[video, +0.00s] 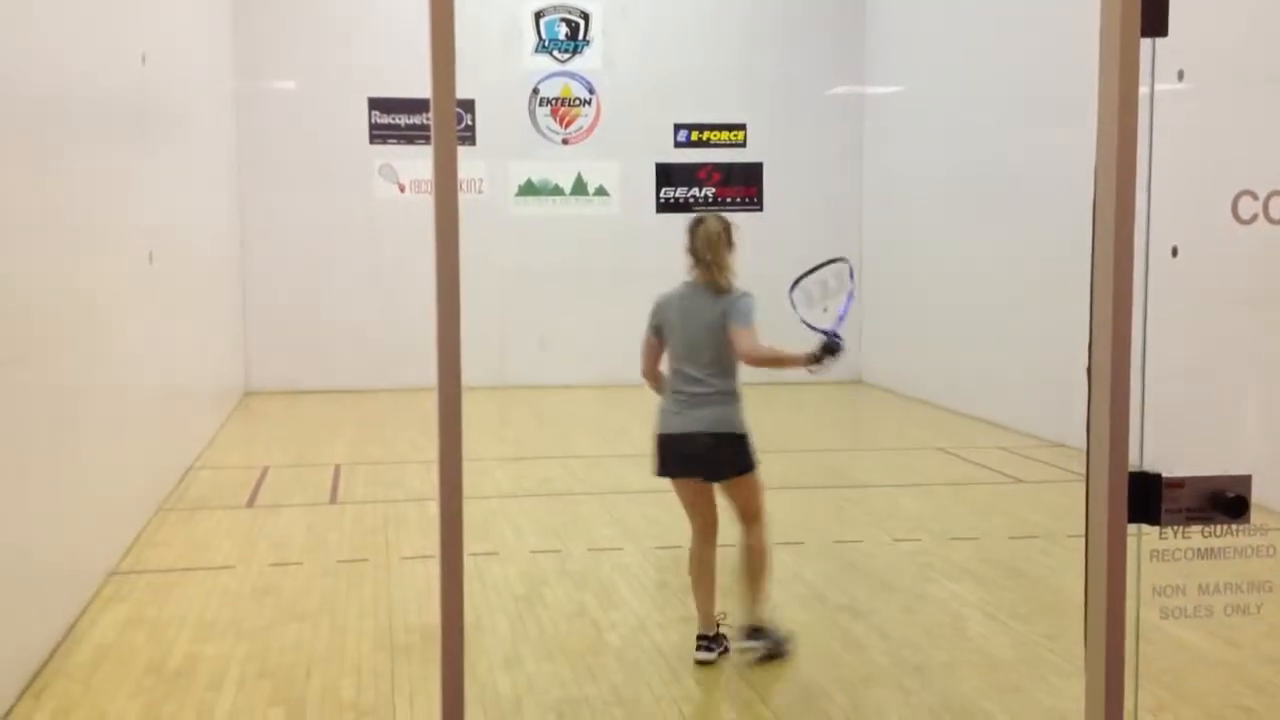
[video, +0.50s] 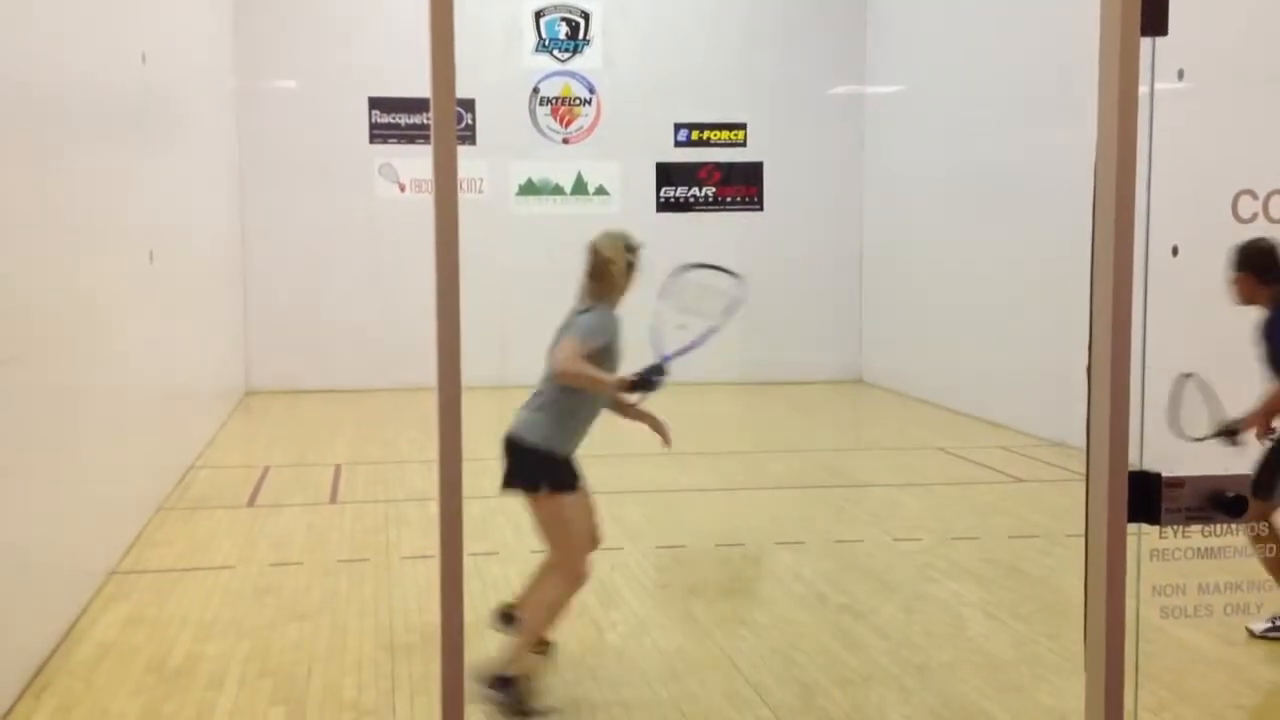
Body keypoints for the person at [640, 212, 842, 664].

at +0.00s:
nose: (734, 251)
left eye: (729, 242)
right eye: (732, 244)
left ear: (690, 250)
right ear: (727, 249)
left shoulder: (668, 302)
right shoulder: (734, 300)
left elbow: (649, 369)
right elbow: (749, 352)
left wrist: (677, 395)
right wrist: (806, 358)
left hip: (675, 436)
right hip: (723, 435)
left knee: (702, 529)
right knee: (752, 519)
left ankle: (707, 634)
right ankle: (754, 622)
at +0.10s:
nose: (722, 251)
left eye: (718, 242)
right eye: (719, 243)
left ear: (676, 249)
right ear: (711, 249)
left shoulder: (651, 300)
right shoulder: (711, 297)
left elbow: (635, 369)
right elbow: (713, 346)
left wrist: (671, 388)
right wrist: (776, 351)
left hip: (647, 434)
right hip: (686, 436)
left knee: (692, 535)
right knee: (711, 537)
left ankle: (701, 631)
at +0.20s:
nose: (706, 272)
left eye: (701, 263)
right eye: (704, 264)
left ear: (659, 268)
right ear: (697, 268)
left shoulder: (635, 316)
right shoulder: (688, 312)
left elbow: (619, 383)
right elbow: (681, 364)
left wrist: (656, 432)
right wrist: (743, 370)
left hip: (620, 443)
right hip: (650, 448)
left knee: (679, 524)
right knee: (658, 566)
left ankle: (693, 627)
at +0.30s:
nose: (682, 283)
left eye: (679, 274)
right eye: (681, 275)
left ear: (639, 278)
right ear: (676, 279)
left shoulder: (620, 327)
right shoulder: (659, 324)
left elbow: (613, 402)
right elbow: (645, 378)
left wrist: (661, 452)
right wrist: (706, 390)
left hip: (587, 452)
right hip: (607, 459)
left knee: (656, 523)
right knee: (648, 569)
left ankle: (649, 627)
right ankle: (605, 685)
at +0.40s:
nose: (662, 270)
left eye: (658, 262)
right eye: (661, 263)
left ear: (620, 263)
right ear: (655, 268)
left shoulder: (612, 313)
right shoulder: (628, 316)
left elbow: (617, 390)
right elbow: (600, 367)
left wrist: (660, 434)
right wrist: (657, 385)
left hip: (571, 440)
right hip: (568, 445)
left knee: (620, 527)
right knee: (603, 549)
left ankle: (580, 621)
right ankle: (599, 676)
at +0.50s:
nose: (633, 276)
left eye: (632, 268)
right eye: (632, 268)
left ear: (595, 268)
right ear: (624, 272)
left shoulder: (599, 320)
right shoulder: (595, 318)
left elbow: (591, 388)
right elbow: (563, 364)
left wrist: (641, 416)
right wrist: (618, 385)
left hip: (548, 446)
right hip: (537, 448)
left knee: (584, 540)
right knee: (570, 563)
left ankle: (522, 613)